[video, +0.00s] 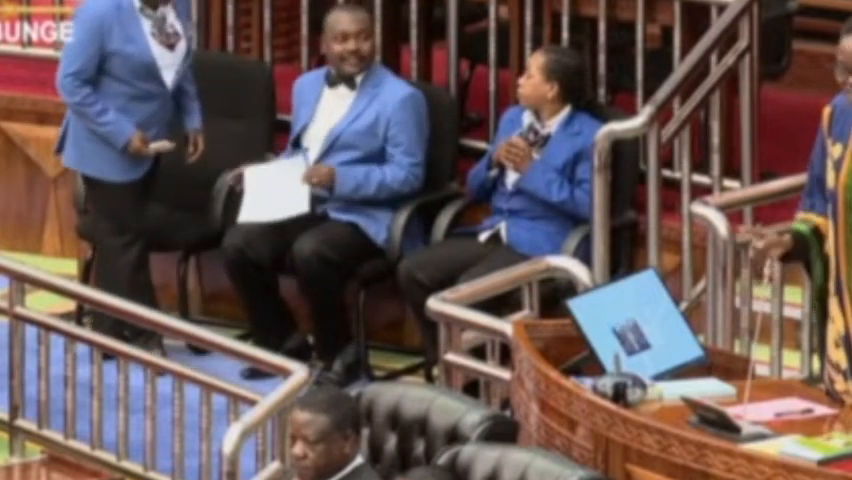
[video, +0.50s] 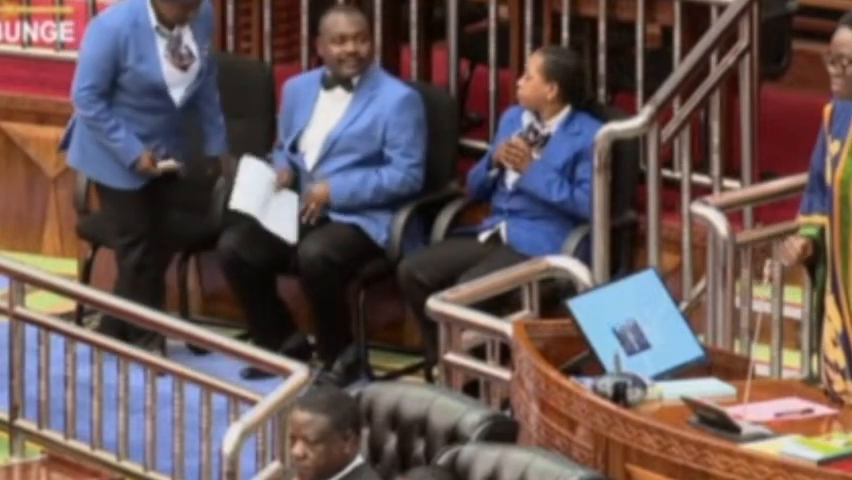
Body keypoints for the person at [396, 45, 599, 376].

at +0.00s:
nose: (519, 81)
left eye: (528, 76)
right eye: (523, 73)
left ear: (552, 89)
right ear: (549, 88)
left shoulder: (589, 135)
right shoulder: (512, 120)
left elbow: (590, 206)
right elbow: (475, 190)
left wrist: (529, 172)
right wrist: (494, 164)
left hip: (539, 251)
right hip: (494, 236)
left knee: (462, 296)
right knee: (414, 271)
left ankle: (482, 381)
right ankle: (445, 366)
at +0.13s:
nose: (519, 81)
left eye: (528, 76)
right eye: (523, 74)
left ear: (552, 90)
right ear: (549, 88)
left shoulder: (589, 135)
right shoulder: (512, 120)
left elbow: (590, 206)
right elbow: (475, 190)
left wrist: (529, 171)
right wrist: (495, 164)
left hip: (539, 250)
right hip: (495, 236)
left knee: (463, 296)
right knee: (414, 271)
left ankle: (484, 380)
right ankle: (445, 366)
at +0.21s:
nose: (519, 81)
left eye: (528, 77)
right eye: (523, 74)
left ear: (552, 90)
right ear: (549, 89)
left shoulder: (589, 135)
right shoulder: (512, 120)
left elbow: (590, 206)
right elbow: (475, 190)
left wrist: (529, 172)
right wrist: (494, 164)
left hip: (539, 250)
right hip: (495, 235)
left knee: (464, 295)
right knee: (414, 271)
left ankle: (484, 380)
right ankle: (446, 366)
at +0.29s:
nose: (519, 82)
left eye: (528, 77)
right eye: (523, 74)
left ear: (552, 90)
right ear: (549, 89)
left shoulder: (589, 135)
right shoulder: (512, 120)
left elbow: (590, 206)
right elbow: (475, 190)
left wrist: (530, 171)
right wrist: (494, 164)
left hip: (538, 250)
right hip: (494, 235)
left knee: (463, 295)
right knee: (414, 271)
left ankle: (483, 380)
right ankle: (445, 366)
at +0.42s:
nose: (519, 82)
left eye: (528, 77)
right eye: (522, 74)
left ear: (552, 90)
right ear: (549, 89)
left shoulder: (589, 135)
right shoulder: (512, 120)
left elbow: (590, 206)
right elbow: (475, 190)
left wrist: (529, 172)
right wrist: (494, 164)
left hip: (539, 250)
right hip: (495, 235)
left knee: (464, 295)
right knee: (414, 271)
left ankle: (485, 380)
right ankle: (446, 366)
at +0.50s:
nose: (519, 83)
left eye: (528, 78)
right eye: (522, 75)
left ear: (552, 90)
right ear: (549, 89)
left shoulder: (589, 135)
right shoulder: (512, 120)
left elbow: (590, 206)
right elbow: (475, 190)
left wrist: (529, 171)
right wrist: (495, 164)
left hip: (539, 250)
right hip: (494, 236)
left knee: (463, 296)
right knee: (414, 271)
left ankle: (483, 380)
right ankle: (445, 366)